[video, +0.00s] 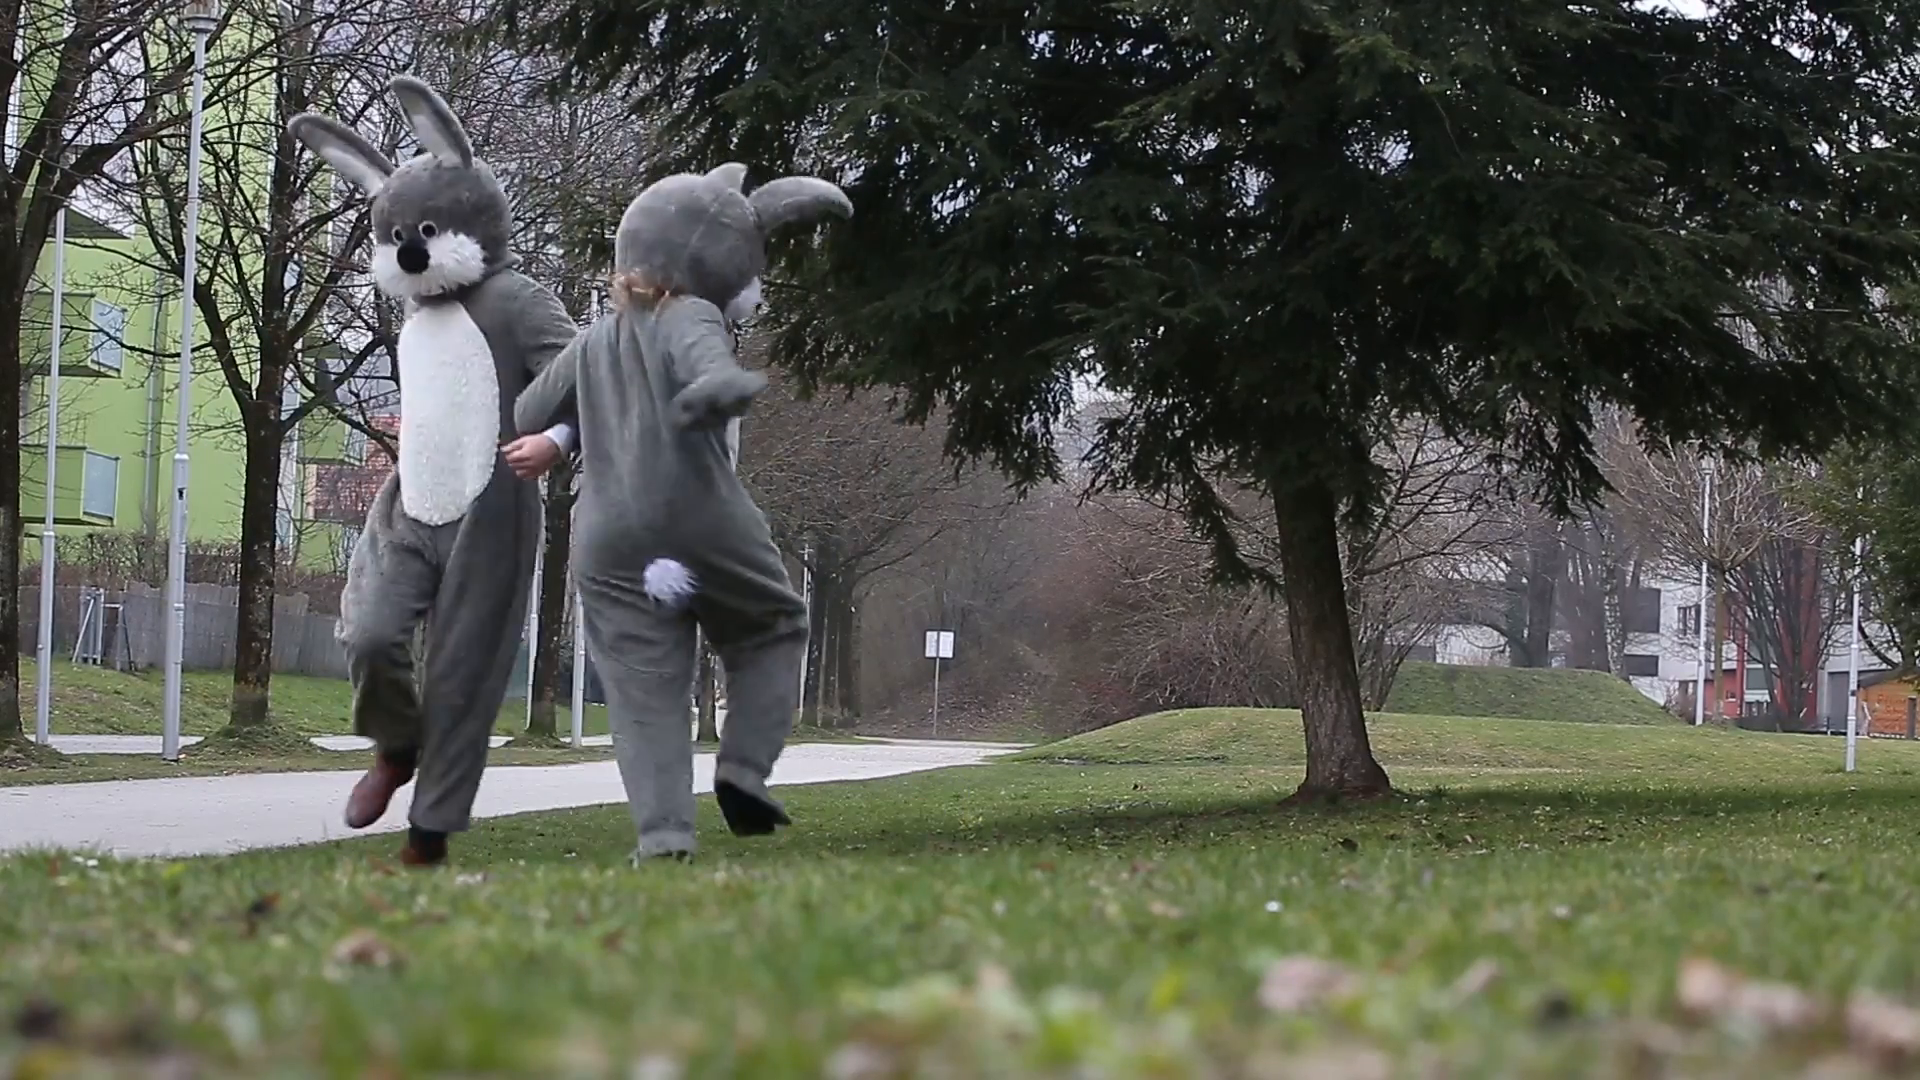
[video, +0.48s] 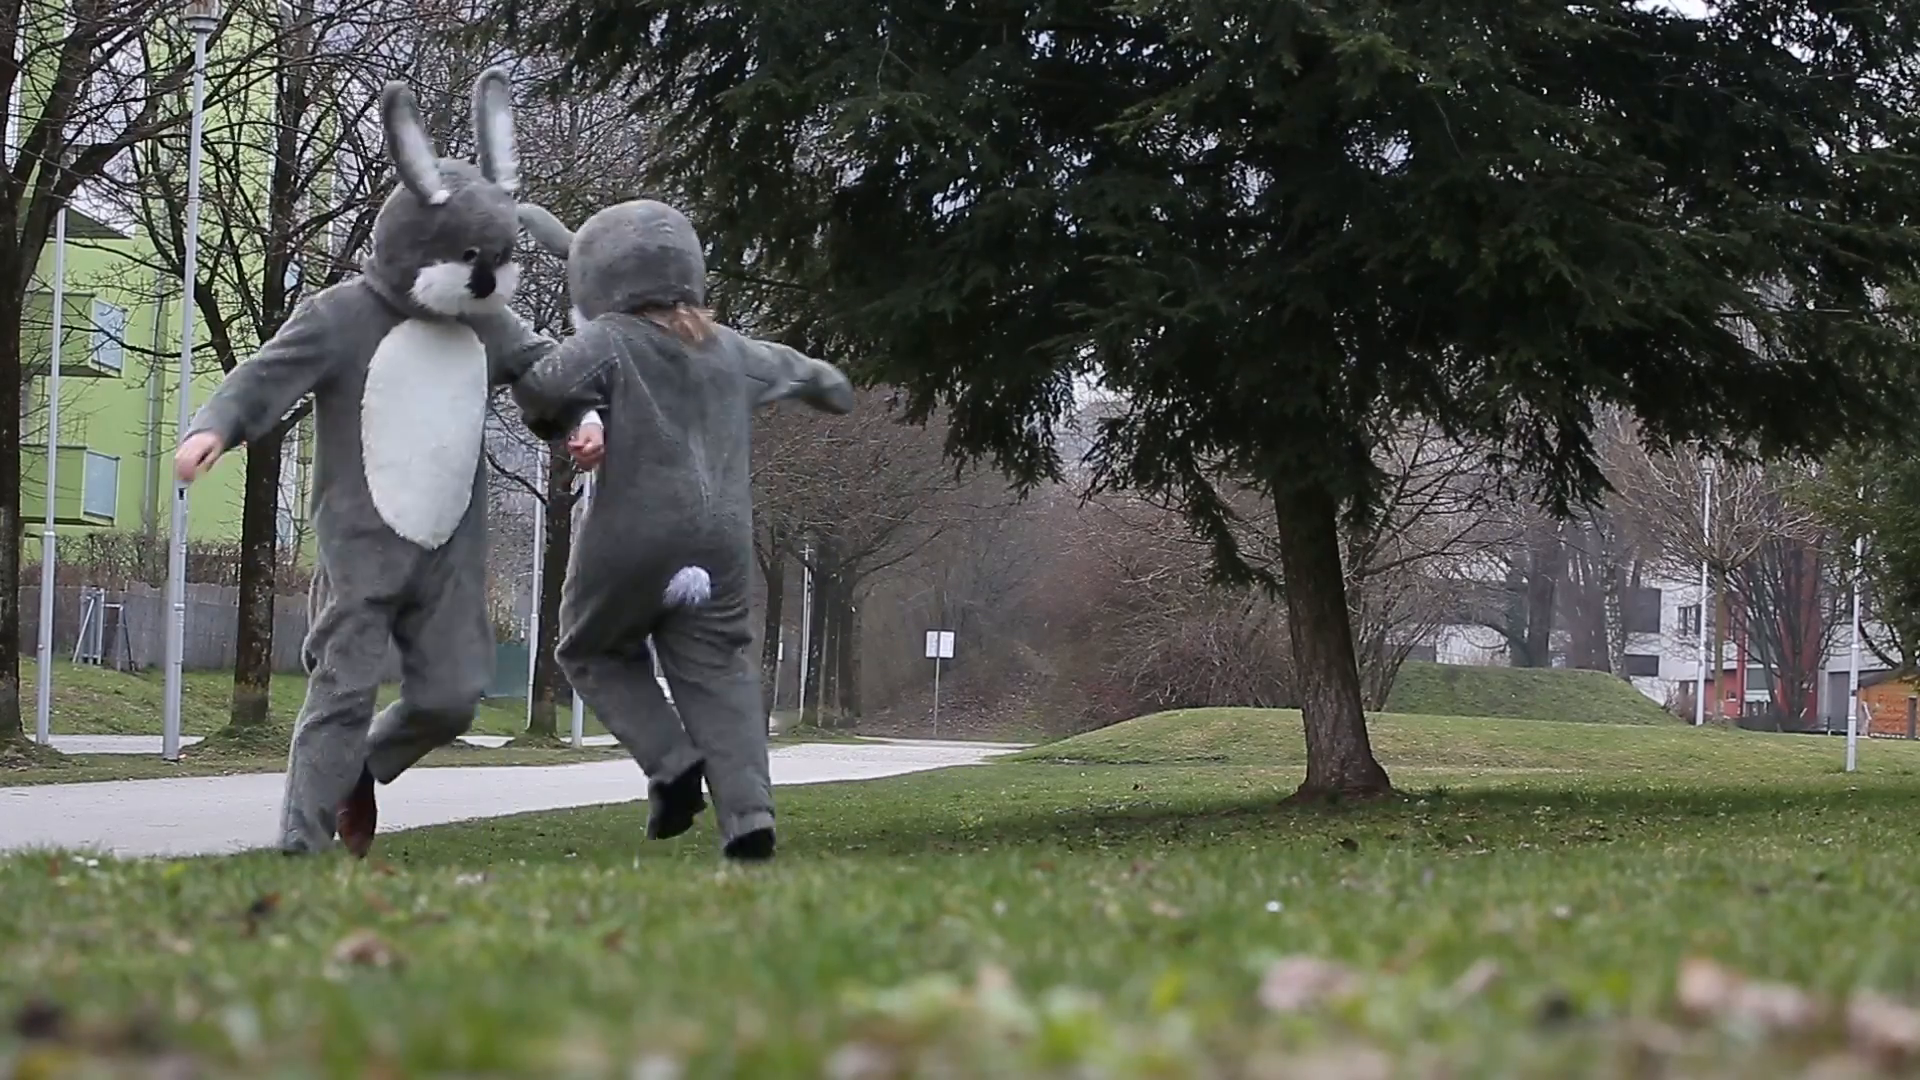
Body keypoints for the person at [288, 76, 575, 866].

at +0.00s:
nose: (414, 246)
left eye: (431, 227)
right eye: (402, 232)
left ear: (469, 226)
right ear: (392, 238)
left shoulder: (518, 302)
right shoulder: (417, 317)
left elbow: (588, 384)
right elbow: (445, 399)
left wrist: (558, 438)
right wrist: (406, 425)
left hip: (490, 504)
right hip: (410, 494)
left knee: (458, 671)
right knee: (369, 636)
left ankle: (433, 835)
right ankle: (399, 746)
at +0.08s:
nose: (413, 246)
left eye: (431, 229)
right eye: (399, 233)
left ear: (468, 233)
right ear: (382, 241)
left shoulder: (504, 313)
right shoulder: (395, 319)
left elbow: (576, 402)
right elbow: (393, 398)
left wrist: (559, 468)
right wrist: (376, 452)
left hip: (476, 521)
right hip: (387, 510)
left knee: (440, 679)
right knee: (368, 638)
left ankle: (387, 825)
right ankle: (349, 790)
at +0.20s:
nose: (420, 285)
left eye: (442, 269)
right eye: (400, 268)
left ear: (473, 276)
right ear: (374, 274)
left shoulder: (497, 355)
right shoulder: (359, 350)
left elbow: (573, 418)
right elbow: (310, 439)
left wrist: (569, 476)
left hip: (452, 555)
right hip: (359, 543)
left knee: (411, 698)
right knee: (355, 672)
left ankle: (362, 838)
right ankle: (321, 825)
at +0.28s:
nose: (428, 297)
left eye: (449, 281)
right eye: (410, 279)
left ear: (472, 287)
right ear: (377, 281)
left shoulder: (493, 361)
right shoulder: (347, 353)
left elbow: (571, 419)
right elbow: (275, 438)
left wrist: (582, 460)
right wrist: (201, 504)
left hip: (443, 567)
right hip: (351, 557)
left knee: (402, 712)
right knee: (352, 689)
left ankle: (359, 844)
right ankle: (316, 841)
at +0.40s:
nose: (445, 290)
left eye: (462, 277)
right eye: (428, 274)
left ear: (475, 277)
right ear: (388, 266)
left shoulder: (492, 345)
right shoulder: (334, 337)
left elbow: (557, 390)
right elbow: (253, 407)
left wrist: (581, 427)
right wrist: (186, 469)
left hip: (441, 571)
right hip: (352, 560)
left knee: (413, 735)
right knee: (353, 699)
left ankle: (356, 807)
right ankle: (307, 849)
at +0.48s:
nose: (469, 279)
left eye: (481, 267)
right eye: (455, 263)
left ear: (489, 267)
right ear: (414, 252)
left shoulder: (489, 326)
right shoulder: (347, 313)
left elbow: (544, 378)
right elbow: (265, 378)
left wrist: (577, 419)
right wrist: (216, 427)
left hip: (452, 555)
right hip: (363, 548)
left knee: (451, 702)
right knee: (345, 698)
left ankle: (360, 771)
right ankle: (302, 852)